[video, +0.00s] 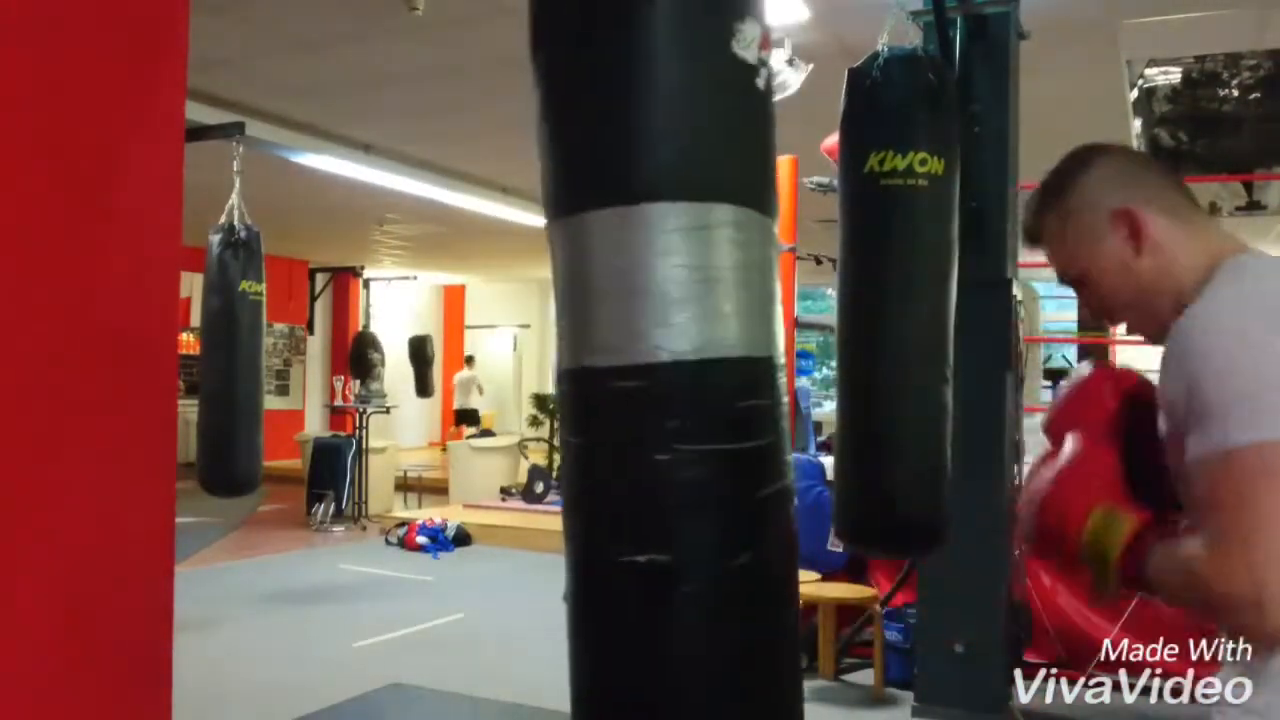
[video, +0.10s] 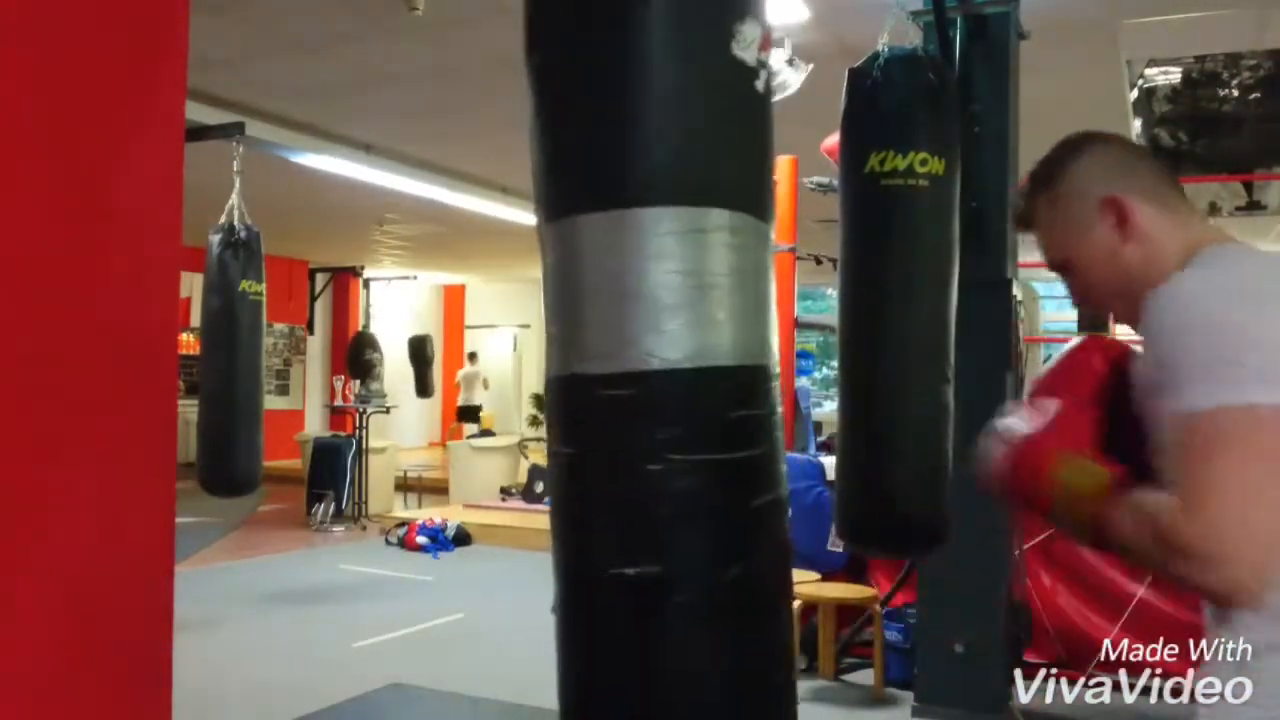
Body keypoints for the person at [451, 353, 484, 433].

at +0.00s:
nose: (474, 364)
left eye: (473, 362)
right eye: (473, 362)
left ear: (464, 362)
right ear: (471, 362)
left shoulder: (457, 375)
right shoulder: (473, 375)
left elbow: (453, 389)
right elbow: (481, 390)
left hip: (457, 407)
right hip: (470, 406)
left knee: (456, 427)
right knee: (476, 427)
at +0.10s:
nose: (476, 361)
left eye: (475, 359)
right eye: (476, 359)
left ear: (467, 359)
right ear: (476, 359)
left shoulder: (461, 372)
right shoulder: (479, 372)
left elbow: (456, 384)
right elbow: (486, 386)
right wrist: (484, 379)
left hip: (462, 404)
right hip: (475, 404)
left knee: (460, 428)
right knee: (478, 429)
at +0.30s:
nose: (479, 358)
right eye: (479, 356)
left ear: (471, 357)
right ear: (480, 357)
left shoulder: (465, 370)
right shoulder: (484, 370)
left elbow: (460, 385)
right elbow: (490, 383)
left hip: (467, 402)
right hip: (481, 401)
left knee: (463, 424)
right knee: (484, 424)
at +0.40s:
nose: (480, 362)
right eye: (481, 360)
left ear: (472, 360)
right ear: (482, 360)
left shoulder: (465, 374)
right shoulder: (485, 373)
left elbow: (461, 388)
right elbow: (491, 388)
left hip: (469, 405)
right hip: (483, 404)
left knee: (465, 428)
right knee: (485, 428)